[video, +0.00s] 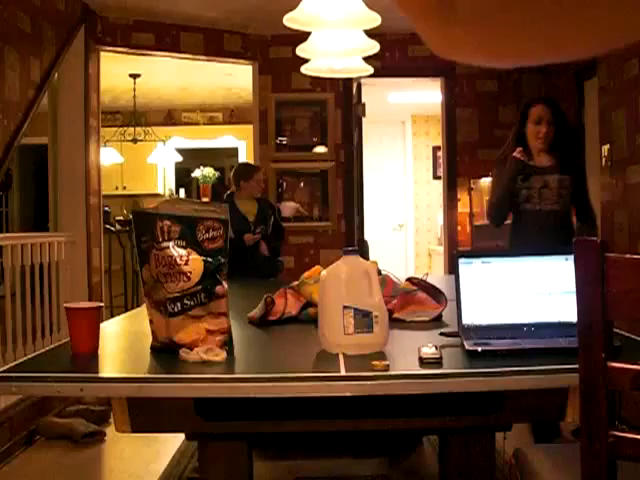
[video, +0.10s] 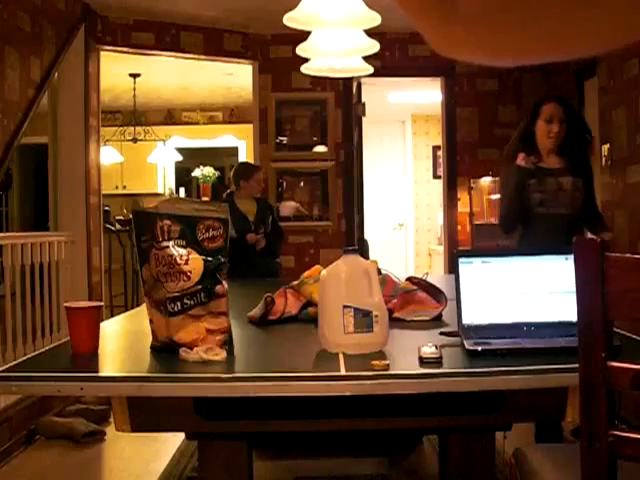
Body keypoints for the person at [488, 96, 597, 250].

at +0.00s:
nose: (544, 130)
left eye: (550, 124)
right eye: (537, 123)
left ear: (557, 128)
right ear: (524, 127)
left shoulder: (569, 164)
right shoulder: (512, 165)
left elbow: (585, 215)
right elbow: (496, 219)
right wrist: (512, 169)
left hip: (562, 254)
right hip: (523, 254)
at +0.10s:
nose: (556, 129)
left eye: (562, 122)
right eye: (549, 121)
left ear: (568, 127)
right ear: (534, 125)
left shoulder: (579, 165)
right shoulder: (521, 168)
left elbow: (589, 213)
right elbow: (507, 225)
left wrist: (607, 235)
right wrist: (520, 173)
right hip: (530, 258)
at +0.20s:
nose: (574, 124)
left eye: (576, 117)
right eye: (566, 117)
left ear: (582, 122)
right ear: (548, 125)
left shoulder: (587, 161)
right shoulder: (535, 165)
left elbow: (595, 212)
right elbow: (524, 226)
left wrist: (619, 247)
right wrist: (532, 171)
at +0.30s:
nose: (592, 119)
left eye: (596, 112)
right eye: (584, 110)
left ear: (601, 117)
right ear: (566, 113)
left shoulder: (604, 156)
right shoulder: (550, 158)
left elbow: (603, 212)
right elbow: (535, 218)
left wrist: (628, 251)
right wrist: (551, 158)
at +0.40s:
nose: (617, 118)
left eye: (622, 110)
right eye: (609, 109)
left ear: (627, 114)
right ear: (589, 111)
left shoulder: (627, 156)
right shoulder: (569, 156)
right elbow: (548, 218)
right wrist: (574, 153)